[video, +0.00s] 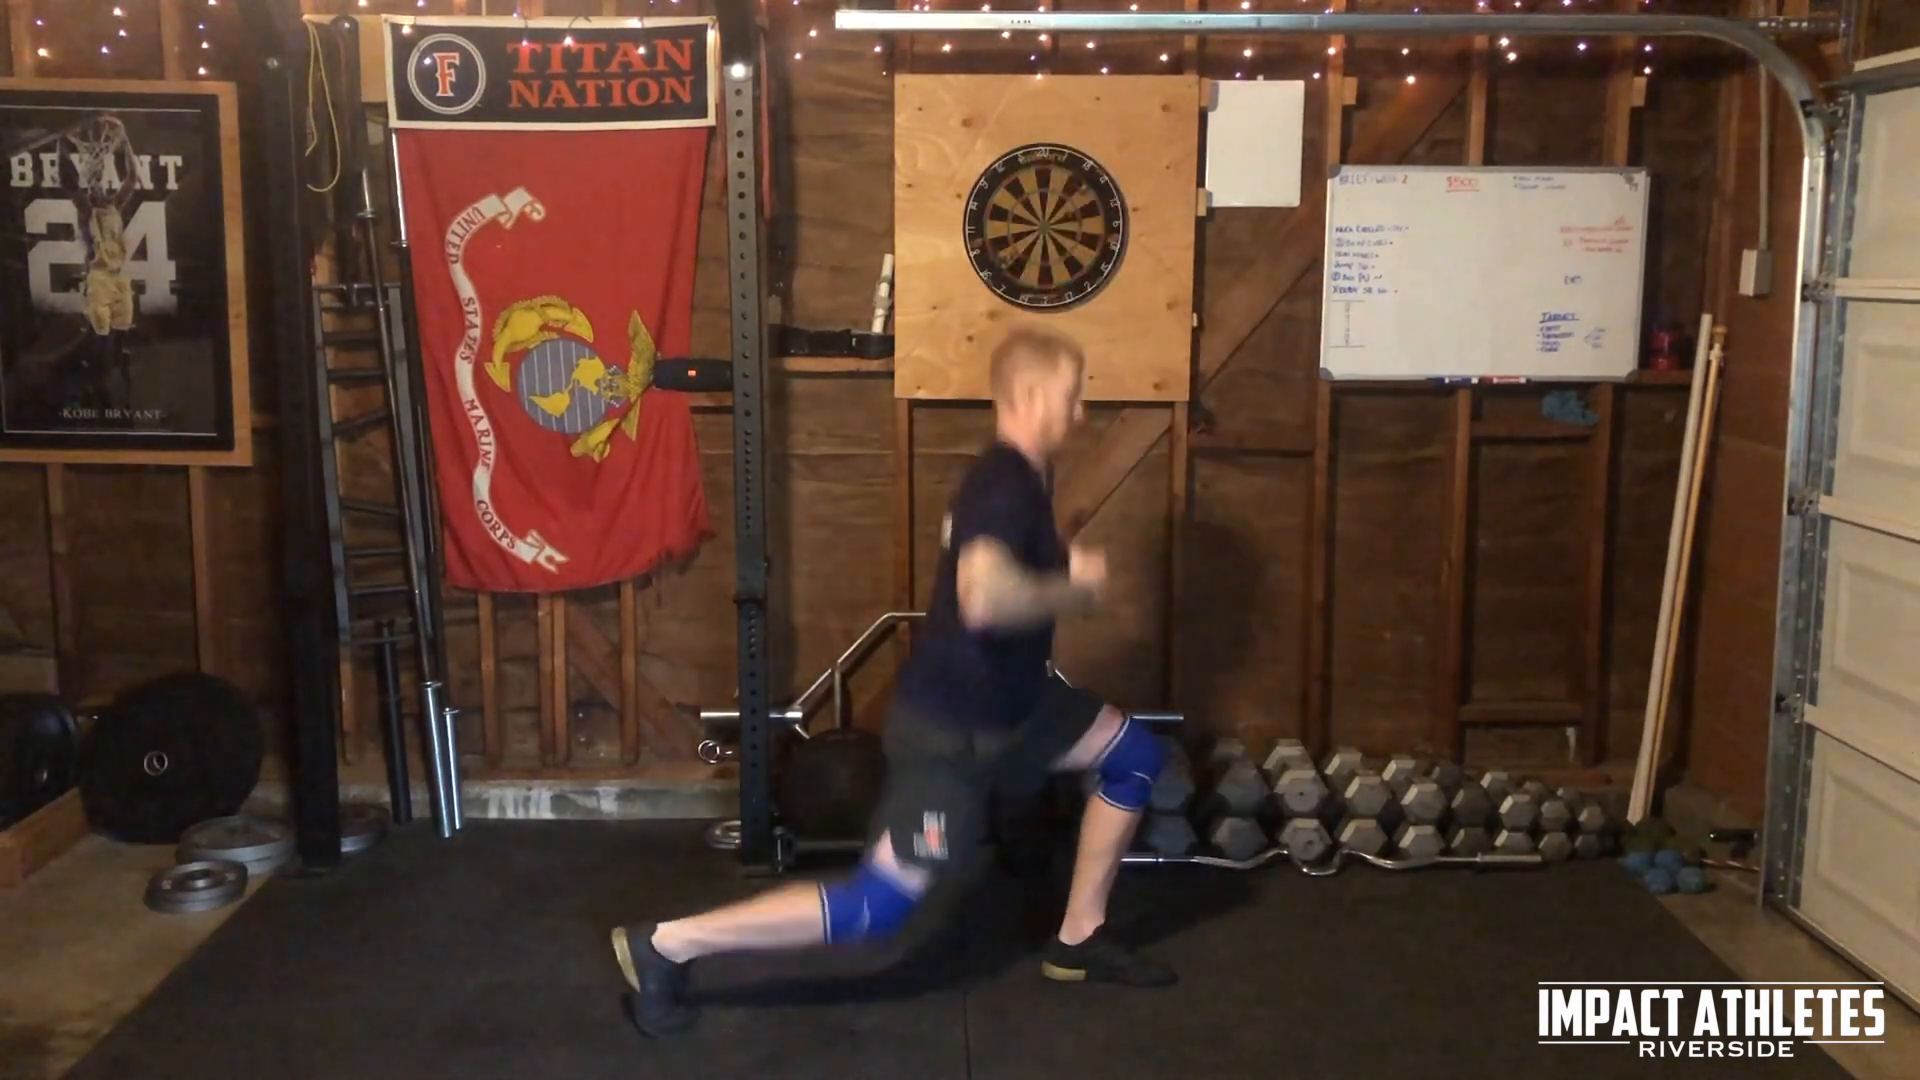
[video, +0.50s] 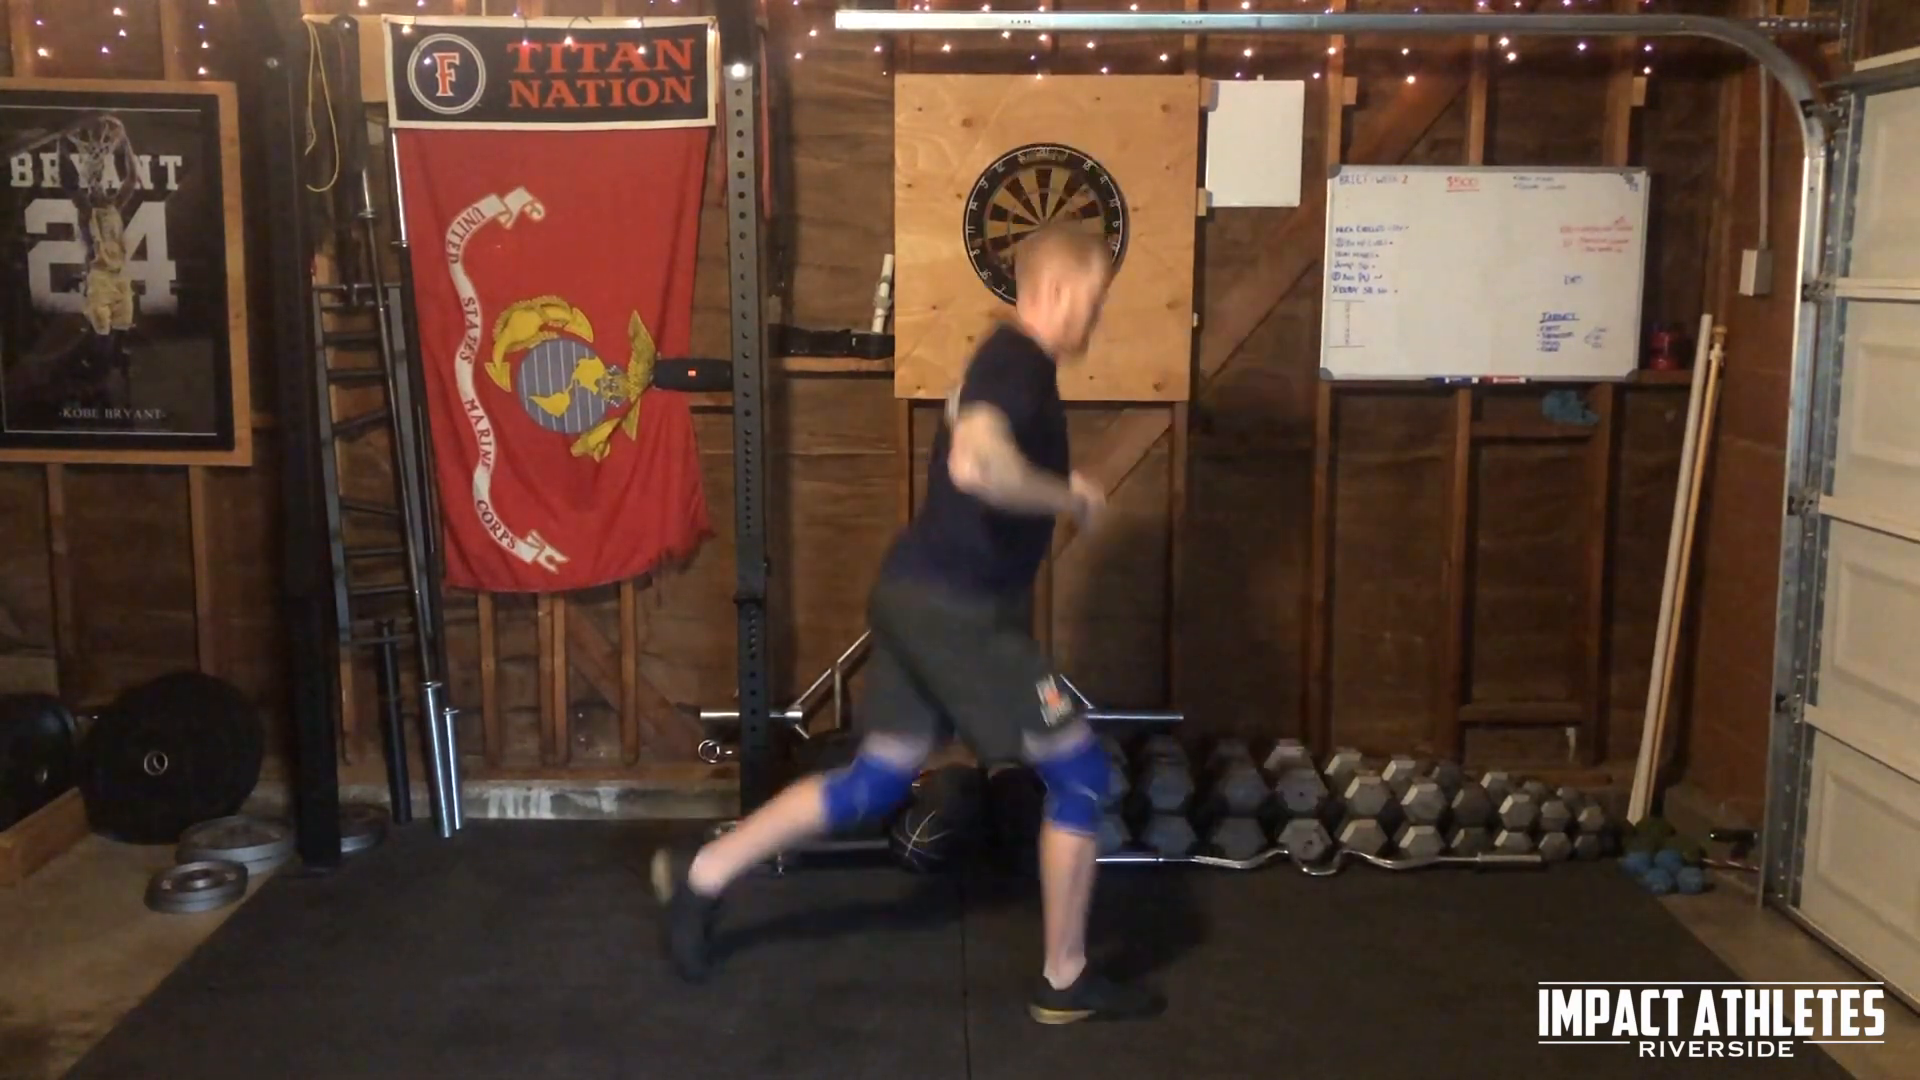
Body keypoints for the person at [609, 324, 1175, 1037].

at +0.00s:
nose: (1079, 411)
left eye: (1078, 395)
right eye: (1072, 395)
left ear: (1021, 399)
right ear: (1027, 399)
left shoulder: (1024, 475)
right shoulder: (1003, 481)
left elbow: (962, 542)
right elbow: (984, 598)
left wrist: (1060, 565)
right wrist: (1073, 588)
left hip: (1015, 698)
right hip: (947, 717)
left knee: (1136, 756)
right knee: (882, 902)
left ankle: (1080, 934)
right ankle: (663, 944)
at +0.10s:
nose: (1079, 317)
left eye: (1080, 300)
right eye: (1070, 300)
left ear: (1039, 303)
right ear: (1030, 300)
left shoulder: (1028, 384)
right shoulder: (1002, 378)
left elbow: (1012, 488)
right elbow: (993, 488)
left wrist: (1068, 476)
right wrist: (1076, 480)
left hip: (1009, 628)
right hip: (949, 627)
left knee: (1093, 739)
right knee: (894, 804)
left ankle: (1081, 929)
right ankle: (702, 935)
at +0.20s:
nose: (1097, 245)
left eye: (1099, 229)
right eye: (1090, 226)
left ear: (1042, 226)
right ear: (1043, 221)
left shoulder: (1031, 304)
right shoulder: (1009, 295)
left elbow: (999, 406)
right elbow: (987, 405)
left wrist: (1059, 411)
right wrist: (1070, 416)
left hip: (995, 548)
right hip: (949, 546)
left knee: (1034, 713)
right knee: (944, 741)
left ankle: (1009, 892)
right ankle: (777, 896)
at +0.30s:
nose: (1102, 222)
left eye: (1105, 205)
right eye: (1098, 203)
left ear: (1040, 193)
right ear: (1055, 192)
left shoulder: (1016, 267)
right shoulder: (1020, 264)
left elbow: (978, 372)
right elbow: (975, 370)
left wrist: (1050, 391)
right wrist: (1065, 401)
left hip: (951, 510)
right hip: (951, 515)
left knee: (969, 694)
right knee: (1000, 711)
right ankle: (890, 899)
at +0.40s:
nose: (1101, 248)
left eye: (1105, 230)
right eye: (1098, 228)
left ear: (1039, 219)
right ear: (1057, 219)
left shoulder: (1016, 287)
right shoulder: (1015, 287)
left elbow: (973, 390)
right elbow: (969, 390)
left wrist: (1055, 418)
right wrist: (1060, 428)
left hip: (927, 531)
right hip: (954, 541)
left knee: (928, 722)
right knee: (1047, 722)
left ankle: (764, 832)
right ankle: (1004, 927)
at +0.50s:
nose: (1098, 314)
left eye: (1100, 298)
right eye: (1093, 297)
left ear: (1041, 289)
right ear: (1053, 290)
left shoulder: (1010, 356)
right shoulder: (1014, 361)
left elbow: (961, 420)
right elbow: (978, 461)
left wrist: (1048, 484)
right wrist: (1070, 496)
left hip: (922, 599)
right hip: (951, 607)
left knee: (873, 782)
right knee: (1079, 769)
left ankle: (699, 873)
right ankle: (1066, 977)